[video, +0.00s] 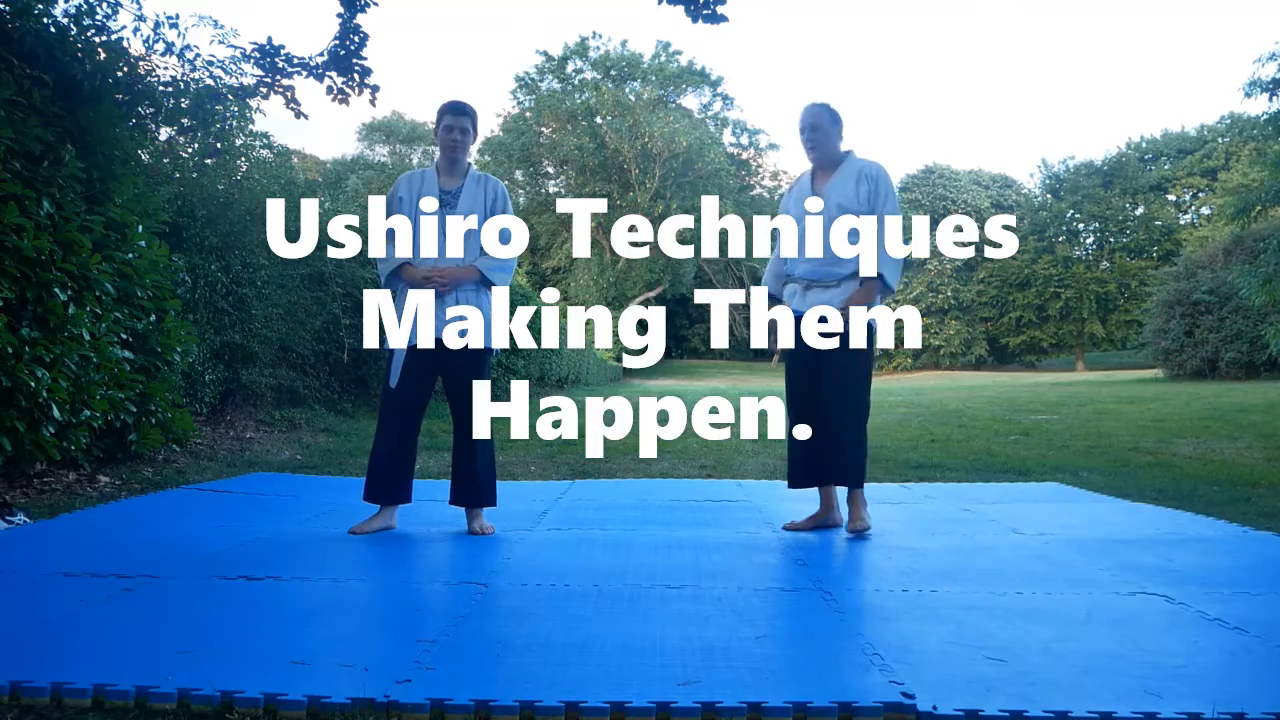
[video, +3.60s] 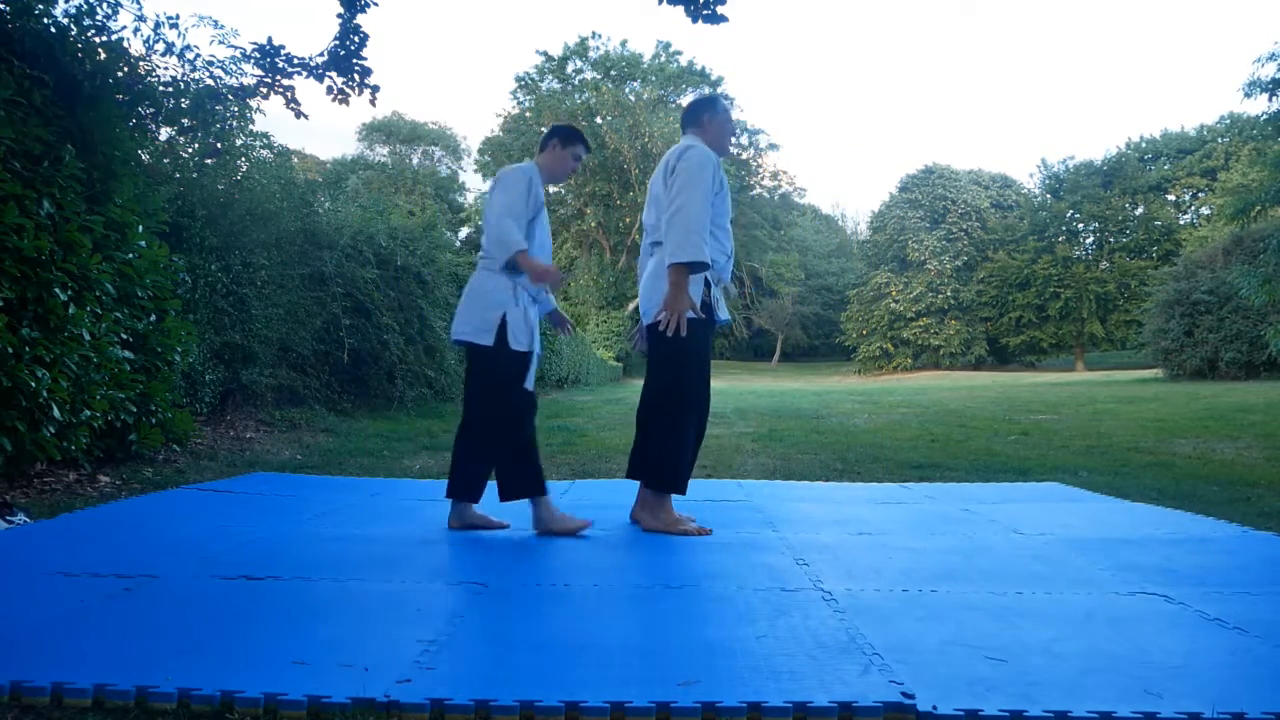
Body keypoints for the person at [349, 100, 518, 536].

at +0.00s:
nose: (456, 137)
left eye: (464, 131)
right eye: (449, 129)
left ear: (475, 139)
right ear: (435, 133)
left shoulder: (492, 190)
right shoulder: (406, 186)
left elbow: (504, 259)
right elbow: (389, 256)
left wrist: (457, 274)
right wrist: (421, 277)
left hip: (470, 322)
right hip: (414, 320)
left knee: (473, 415)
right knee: (399, 411)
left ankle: (475, 512)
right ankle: (387, 510)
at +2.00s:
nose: (452, 137)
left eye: (460, 131)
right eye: (446, 129)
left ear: (472, 139)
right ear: (433, 134)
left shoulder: (491, 190)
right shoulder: (405, 186)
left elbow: (503, 256)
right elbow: (383, 246)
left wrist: (457, 275)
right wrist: (412, 276)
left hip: (469, 321)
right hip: (413, 319)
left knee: (472, 420)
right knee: (397, 415)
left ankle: (475, 513)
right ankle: (387, 510)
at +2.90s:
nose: (502, 156)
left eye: (505, 150)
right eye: (499, 147)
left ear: (490, 146)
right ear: (474, 136)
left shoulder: (488, 197)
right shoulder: (425, 177)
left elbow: (488, 259)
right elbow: (401, 240)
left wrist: (496, 301)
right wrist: (431, 288)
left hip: (469, 323)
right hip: (417, 316)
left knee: (478, 407)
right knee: (396, 412)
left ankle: (464, 507)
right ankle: (387, 510)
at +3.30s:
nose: (553, 167)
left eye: (557, 162)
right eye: (552, 157)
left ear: (540, 156)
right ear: (529, 144)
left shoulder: (525, 209)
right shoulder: (485, 174)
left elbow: (520, 271)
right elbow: (457, 222)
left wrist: (523, 320)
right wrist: (445, 273)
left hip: (500, 317)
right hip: (462, 306)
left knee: (488, 412)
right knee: (447, 404)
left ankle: (463, 505)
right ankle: (422, 497)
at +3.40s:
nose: (557, 168)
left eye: (562, 163)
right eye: (557, 158)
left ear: (544, 154)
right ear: (536, 145)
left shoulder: (528, 207)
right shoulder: (496, 174)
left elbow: (523, 272)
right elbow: (468, 221)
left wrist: (531, 318)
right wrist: (463, 268)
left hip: (502, 320)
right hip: (471, 311)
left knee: (490, 409)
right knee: (466, 406)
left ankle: (465, 503)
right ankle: (455, 503)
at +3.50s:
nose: (567, 170)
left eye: (572, 164)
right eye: (567, 159)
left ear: (551, 155)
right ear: (545, 147)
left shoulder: (532, 199)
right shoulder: (510, 175)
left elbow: (529, 269)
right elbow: (486, 223)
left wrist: (541, 314)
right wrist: (501, 268)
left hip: (507, 315)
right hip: (491, 310)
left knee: (478, 408)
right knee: (505, 406)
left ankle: (461, 506)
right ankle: (512, 509)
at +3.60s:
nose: (573, 170)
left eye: (578, 164)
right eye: (573, 159)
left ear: (554, 152)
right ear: (552, 147)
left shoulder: (533, 190)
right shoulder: (519, 175)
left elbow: (528, 262)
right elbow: (500, 229)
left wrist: (549, 308)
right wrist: (531, 263)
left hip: (511, 310)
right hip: (499, 307)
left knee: (483, 407)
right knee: (517, 408)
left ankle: (462, 506)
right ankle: (543, 511)